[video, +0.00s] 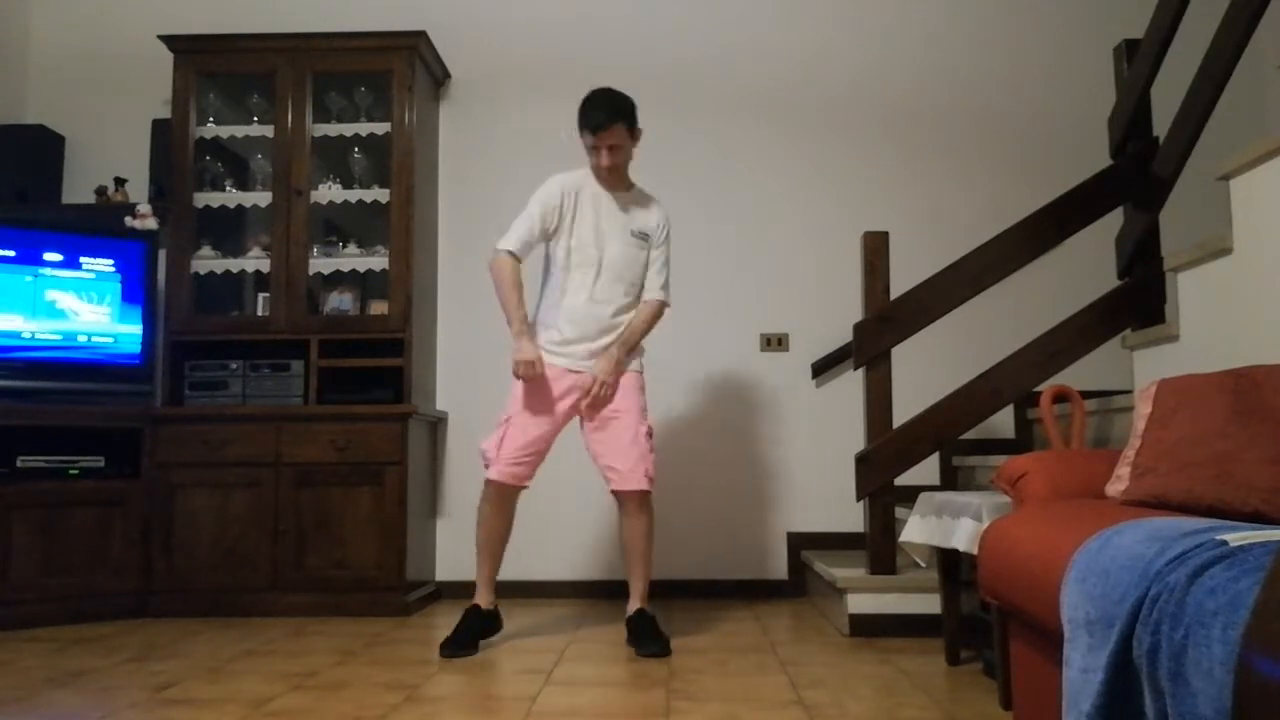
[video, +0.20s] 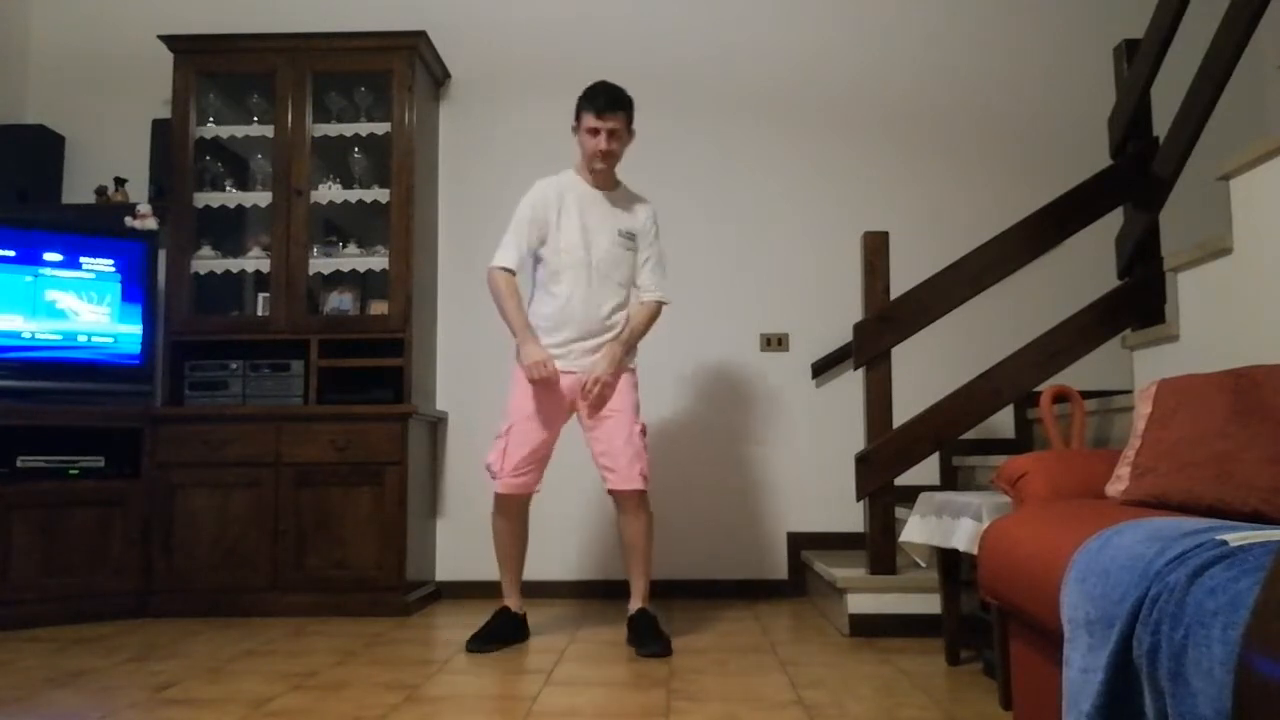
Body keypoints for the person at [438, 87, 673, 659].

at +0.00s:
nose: (604, 154)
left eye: (613, 142)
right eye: (594, 143)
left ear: (635, 137)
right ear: (583, 141)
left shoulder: (651, 214)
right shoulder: (561, 191)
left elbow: (655, 299)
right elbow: (504, 257)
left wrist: (615, 356)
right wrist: (522, 337)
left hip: (617, 371)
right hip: (547, 367)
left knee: (635, 489)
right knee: (501, 478)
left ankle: (638, 610)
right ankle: (483, 604)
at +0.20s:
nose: (604, 144)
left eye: (614, 133)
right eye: (594, 132)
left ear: (630, 137)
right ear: (577, 133)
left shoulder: (639, 212)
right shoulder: (545, 196)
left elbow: (650, 298)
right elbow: (502, 272)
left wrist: (613, 357)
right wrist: (528, 344)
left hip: (611, 366)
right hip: (543, 364)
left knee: (631, 485)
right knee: (510, 486)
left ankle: (640, 609)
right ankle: (511, 609)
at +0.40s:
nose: (564, 114)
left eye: (576, 108)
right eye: (555, 106)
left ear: (593, 124)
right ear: (540, 119)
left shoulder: (611, 199)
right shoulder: (518, 200)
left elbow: (639, 287)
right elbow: (488, 287)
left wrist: (613, 347)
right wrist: (518, 354)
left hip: (599, 367)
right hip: (530, 368)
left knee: (634, 477)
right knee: (503, 487)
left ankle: (653, 606)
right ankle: (510, 610)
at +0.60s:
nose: (538, 115)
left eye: (550, 107)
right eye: (529, 107)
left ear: (569, 120)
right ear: (515, 121)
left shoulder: (598, 195)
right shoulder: (504, 206)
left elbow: (639, 279)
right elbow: (482, 292)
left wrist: (617, 340)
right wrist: (495, 355)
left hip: (596, 363)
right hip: (525, 367)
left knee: (635, 475)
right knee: (505, 486)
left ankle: (660, 601)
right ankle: (510, 609)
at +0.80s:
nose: (549, 122)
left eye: (560, 112)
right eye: (539, 115)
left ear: (581, 118)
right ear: (528, 123)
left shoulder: (611, 186)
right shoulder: (515, 199)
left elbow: (658, 260)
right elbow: (473, 275)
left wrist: (653, 324)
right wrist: (465, 346)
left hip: (602, 363)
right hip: (532, 364)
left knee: (629, 478)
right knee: (508, 482)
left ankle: (640, 607)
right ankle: (510, 609)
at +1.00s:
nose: (590, 117)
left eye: (601, 108)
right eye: (580, 109)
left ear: (622, 117)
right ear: (570, 120)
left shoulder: (639, 195)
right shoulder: (547, 186)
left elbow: (668, 271)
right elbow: (477, 242)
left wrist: (662, 314)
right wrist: (450, 298)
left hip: (614, 363)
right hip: (542, 358)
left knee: (634, 482)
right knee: (495, 469)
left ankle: (638, 609)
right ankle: (492, 603)